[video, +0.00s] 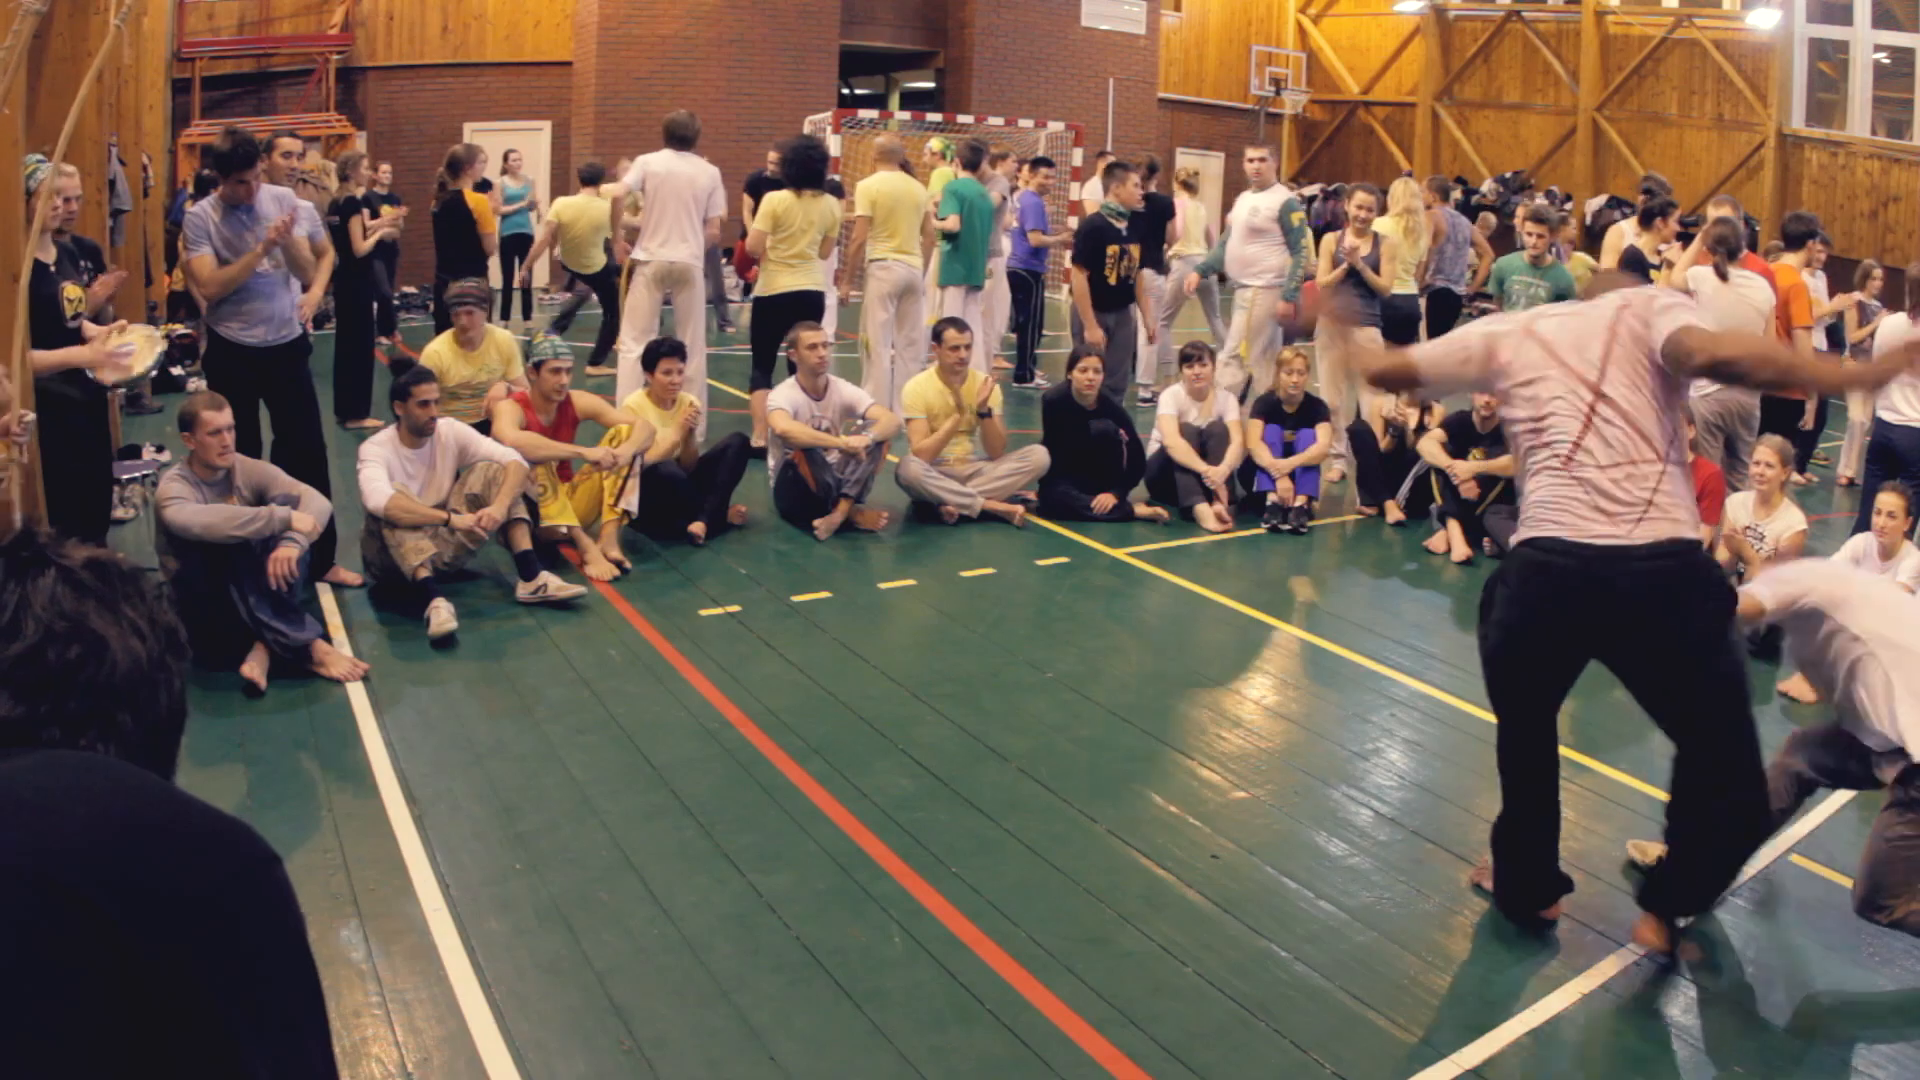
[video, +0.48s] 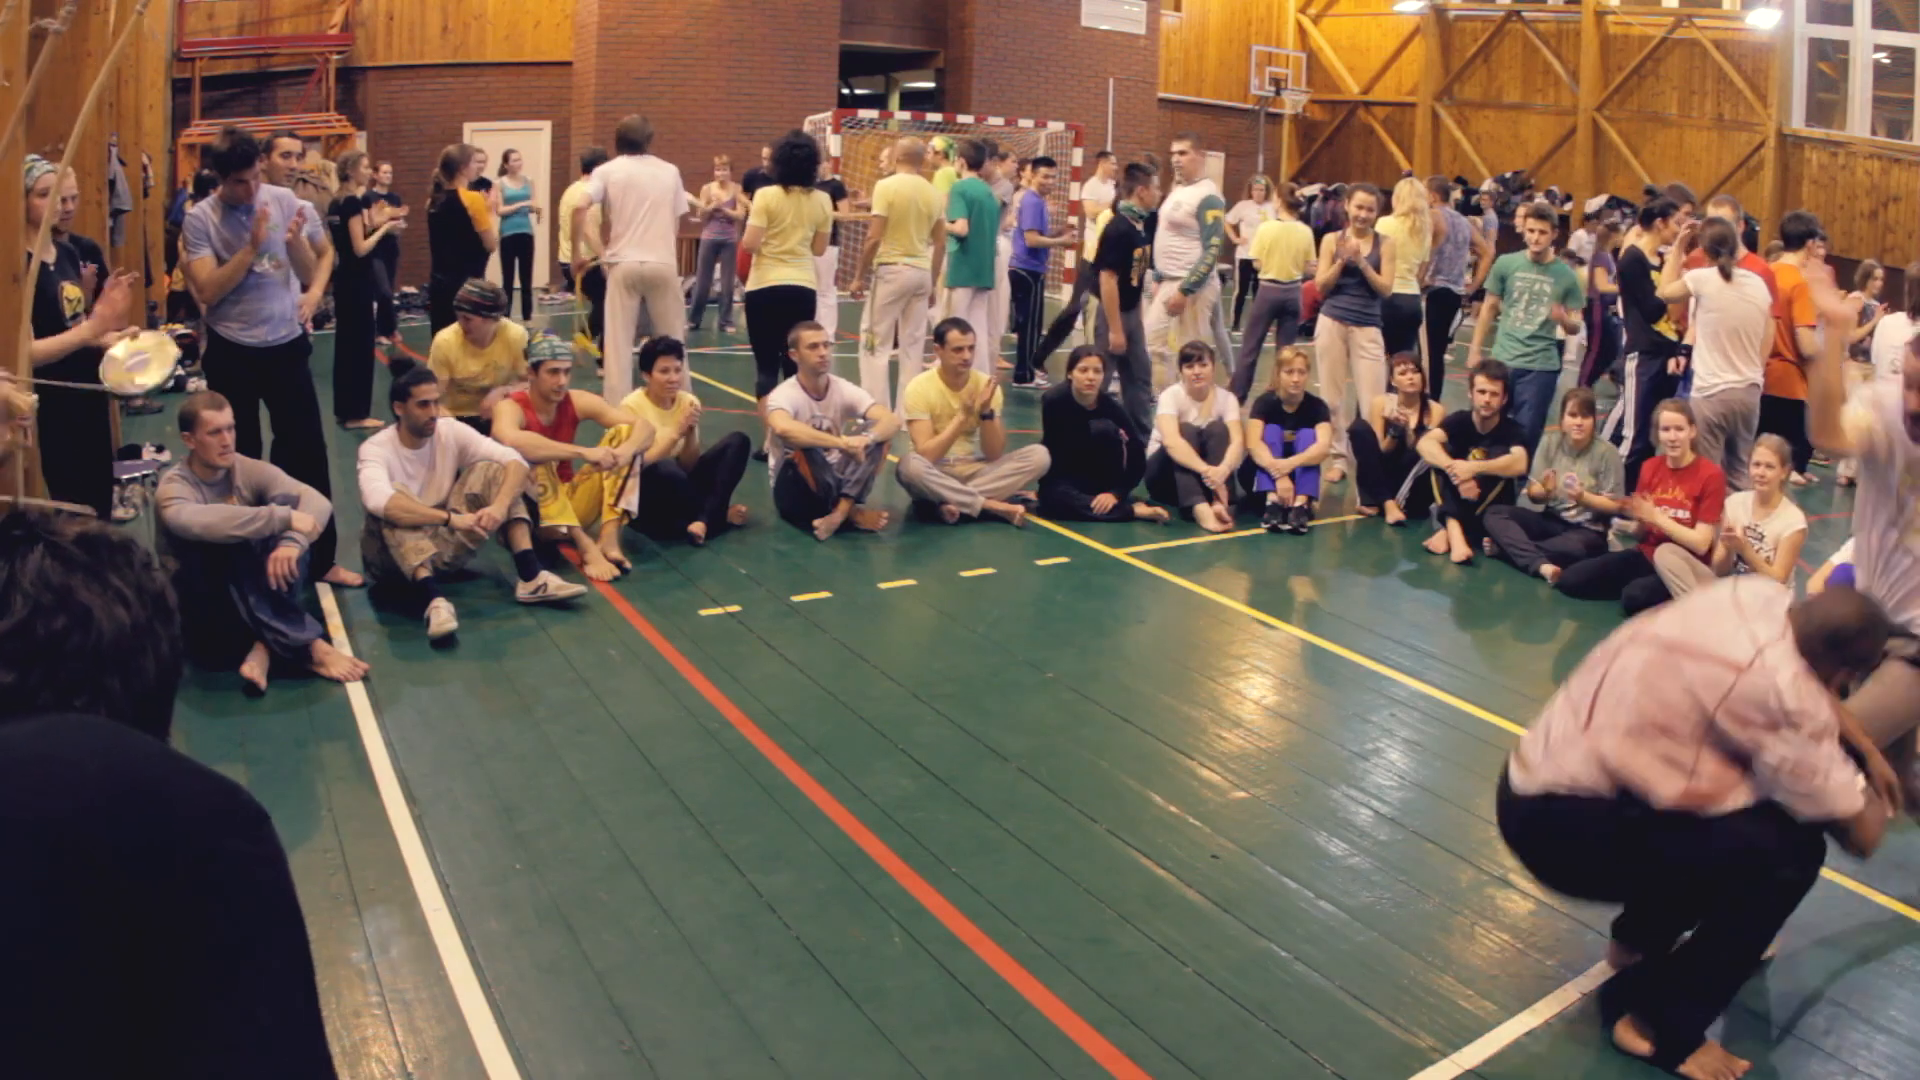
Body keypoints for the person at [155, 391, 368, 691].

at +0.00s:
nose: (227, 441)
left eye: (230, 430)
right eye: (214, 434)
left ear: (236, 429)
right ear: (189, 440)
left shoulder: (248, 469)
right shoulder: (174, 487)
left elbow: (317, 502)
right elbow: (192, 523)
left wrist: (292, 544)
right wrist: (284, 518)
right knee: (218, 544)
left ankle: (265, 644)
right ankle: (310, 645)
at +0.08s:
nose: (227, 441)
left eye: (230, 430)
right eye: (214, 434)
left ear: (236, 429)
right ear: (189, 440)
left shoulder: (249, 469)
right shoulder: (174, 487)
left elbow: (317, 502)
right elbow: (192, 523)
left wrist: (292, 544)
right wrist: (284, 518)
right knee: (217, 543)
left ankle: (265, 644)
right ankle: (310, 644)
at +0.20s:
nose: (227, 441)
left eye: (230, 430)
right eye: (214, 434)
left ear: (236, 429)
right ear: (189, 440)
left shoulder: (248, 469)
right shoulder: (174, 487)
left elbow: (316, 502)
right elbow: (194, 523)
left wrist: (292, 544)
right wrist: (284, 517)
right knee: (218, 543)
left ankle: (265, 644)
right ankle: (310, 644)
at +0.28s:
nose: (227, 441)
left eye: (230, 430)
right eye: (214, 433)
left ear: (236, 429)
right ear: (189, 440)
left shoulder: (248, 469)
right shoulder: (174, 487)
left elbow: (317, 501)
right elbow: (194, 523)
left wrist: (292, 543)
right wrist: (284, 517)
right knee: (217, 543)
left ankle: (265, 643)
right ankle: (310, 644)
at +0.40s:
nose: (227, 441)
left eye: (230, 430)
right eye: (214, 433)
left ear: (236, 429)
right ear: (189, 440)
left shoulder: (248, 469)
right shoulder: (174, 487)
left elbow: (317, 501)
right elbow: (192, 523)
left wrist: (292, 543)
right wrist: (284, 517)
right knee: (218, 542)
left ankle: (265, 644)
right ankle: (310, 644)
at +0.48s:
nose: (227, 440)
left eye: (230, 429)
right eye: (215, 433)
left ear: (236, 429)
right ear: (189, 440)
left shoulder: (248, 469)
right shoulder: (174, 487)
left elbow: (317, 501)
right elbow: (193, 523)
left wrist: (292, 543)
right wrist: (284, 517)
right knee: (220, 542)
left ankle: (265, 644)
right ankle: (310, 644)